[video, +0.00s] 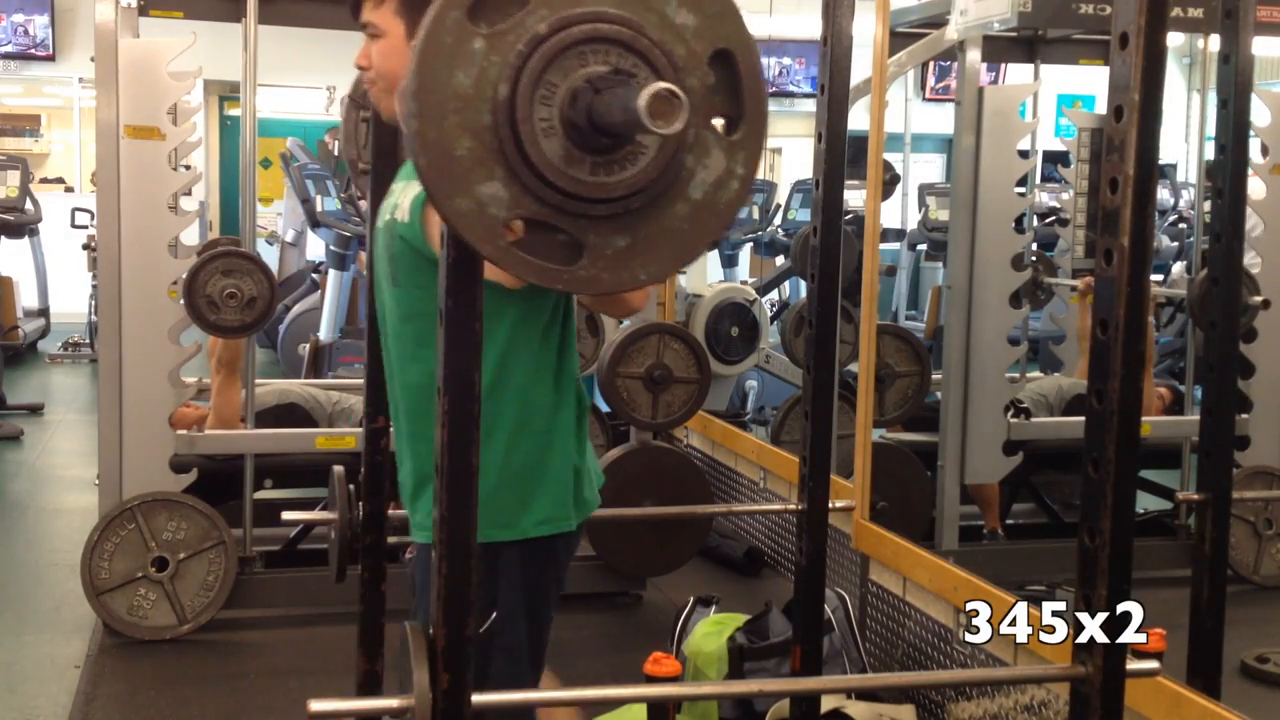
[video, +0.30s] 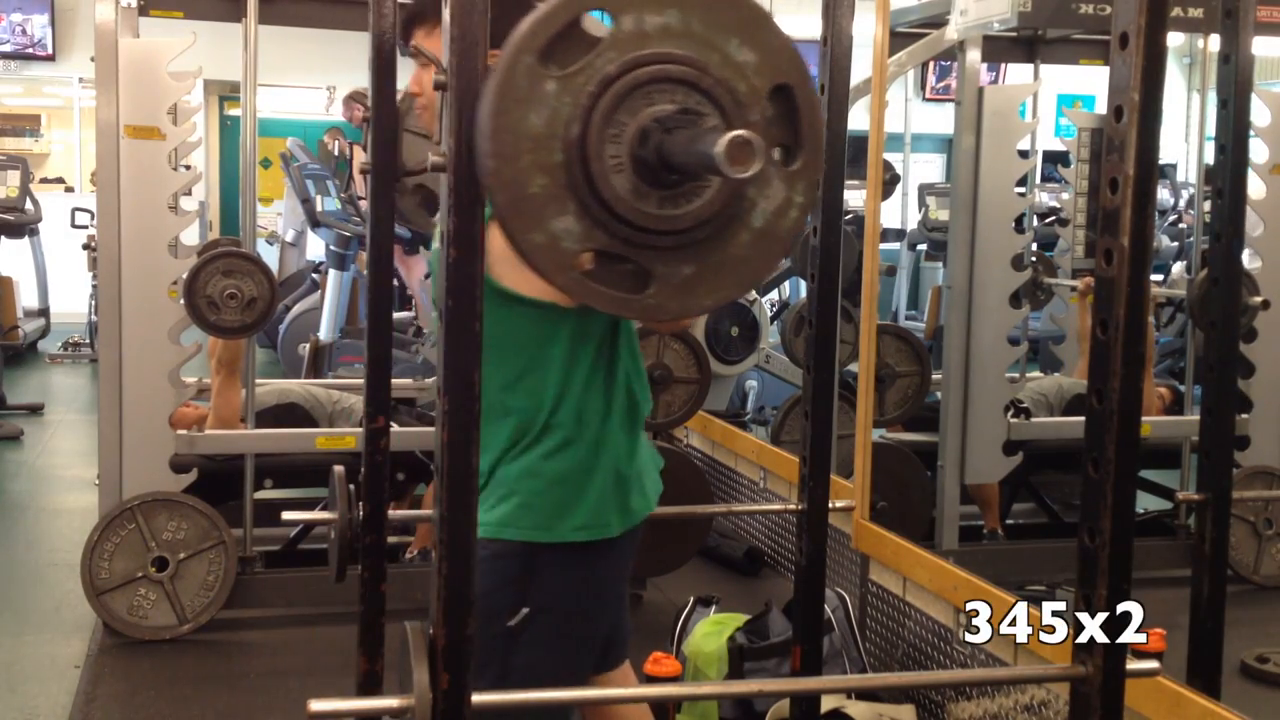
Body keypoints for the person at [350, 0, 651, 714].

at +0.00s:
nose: (361, 59)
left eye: (375, 34)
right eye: (365, 36)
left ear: (435, 45)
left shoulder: (465, 175)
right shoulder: (427, 182)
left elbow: (626, 292)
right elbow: (520, 258)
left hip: (510, 509)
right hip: (486, 511)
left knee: (500, 703)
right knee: (488, 705)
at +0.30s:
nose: (414, 85)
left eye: (430, 64)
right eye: (415, 63)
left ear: (493, 68)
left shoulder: (516, 204)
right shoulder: (485, 198)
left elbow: (672, 297)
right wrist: (443, 502)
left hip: (549, 502)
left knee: (501, 703)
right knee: (606, 676)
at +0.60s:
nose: (473, 97)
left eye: (482, 76)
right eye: (471, 78)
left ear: (535, 74)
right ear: (535, 78)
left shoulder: (565, 208)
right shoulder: (531, 193)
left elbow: (692, 264)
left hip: (609, 502)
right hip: (597, 492)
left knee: (532, 696)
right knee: (632, 675)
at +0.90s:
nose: (497, 107)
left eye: (502, 84)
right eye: (494, 87)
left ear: (559, 70)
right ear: (559, 74)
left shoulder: (618, 191)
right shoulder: (570, 179)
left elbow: (735, 254)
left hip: (653, 508)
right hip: (609, 499)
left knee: (658, 706)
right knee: (616, 698)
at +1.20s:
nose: (514, 113)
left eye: (520, 89)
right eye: (508, 94)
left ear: (581, 70)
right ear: (579, 76)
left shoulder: (656, 192)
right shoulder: (589, 180)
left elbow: (781, 234)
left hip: (681, 512)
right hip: (623, 505)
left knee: (688, 708)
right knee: (631, 702)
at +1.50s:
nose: (523, 113)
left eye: (530, 88)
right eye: (517, 92)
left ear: (592, 70)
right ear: (589, 76)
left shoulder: (667, 191)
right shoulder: (599, 180)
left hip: (690, 511)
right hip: (631, 505)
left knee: (689, 710)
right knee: (635, 703)